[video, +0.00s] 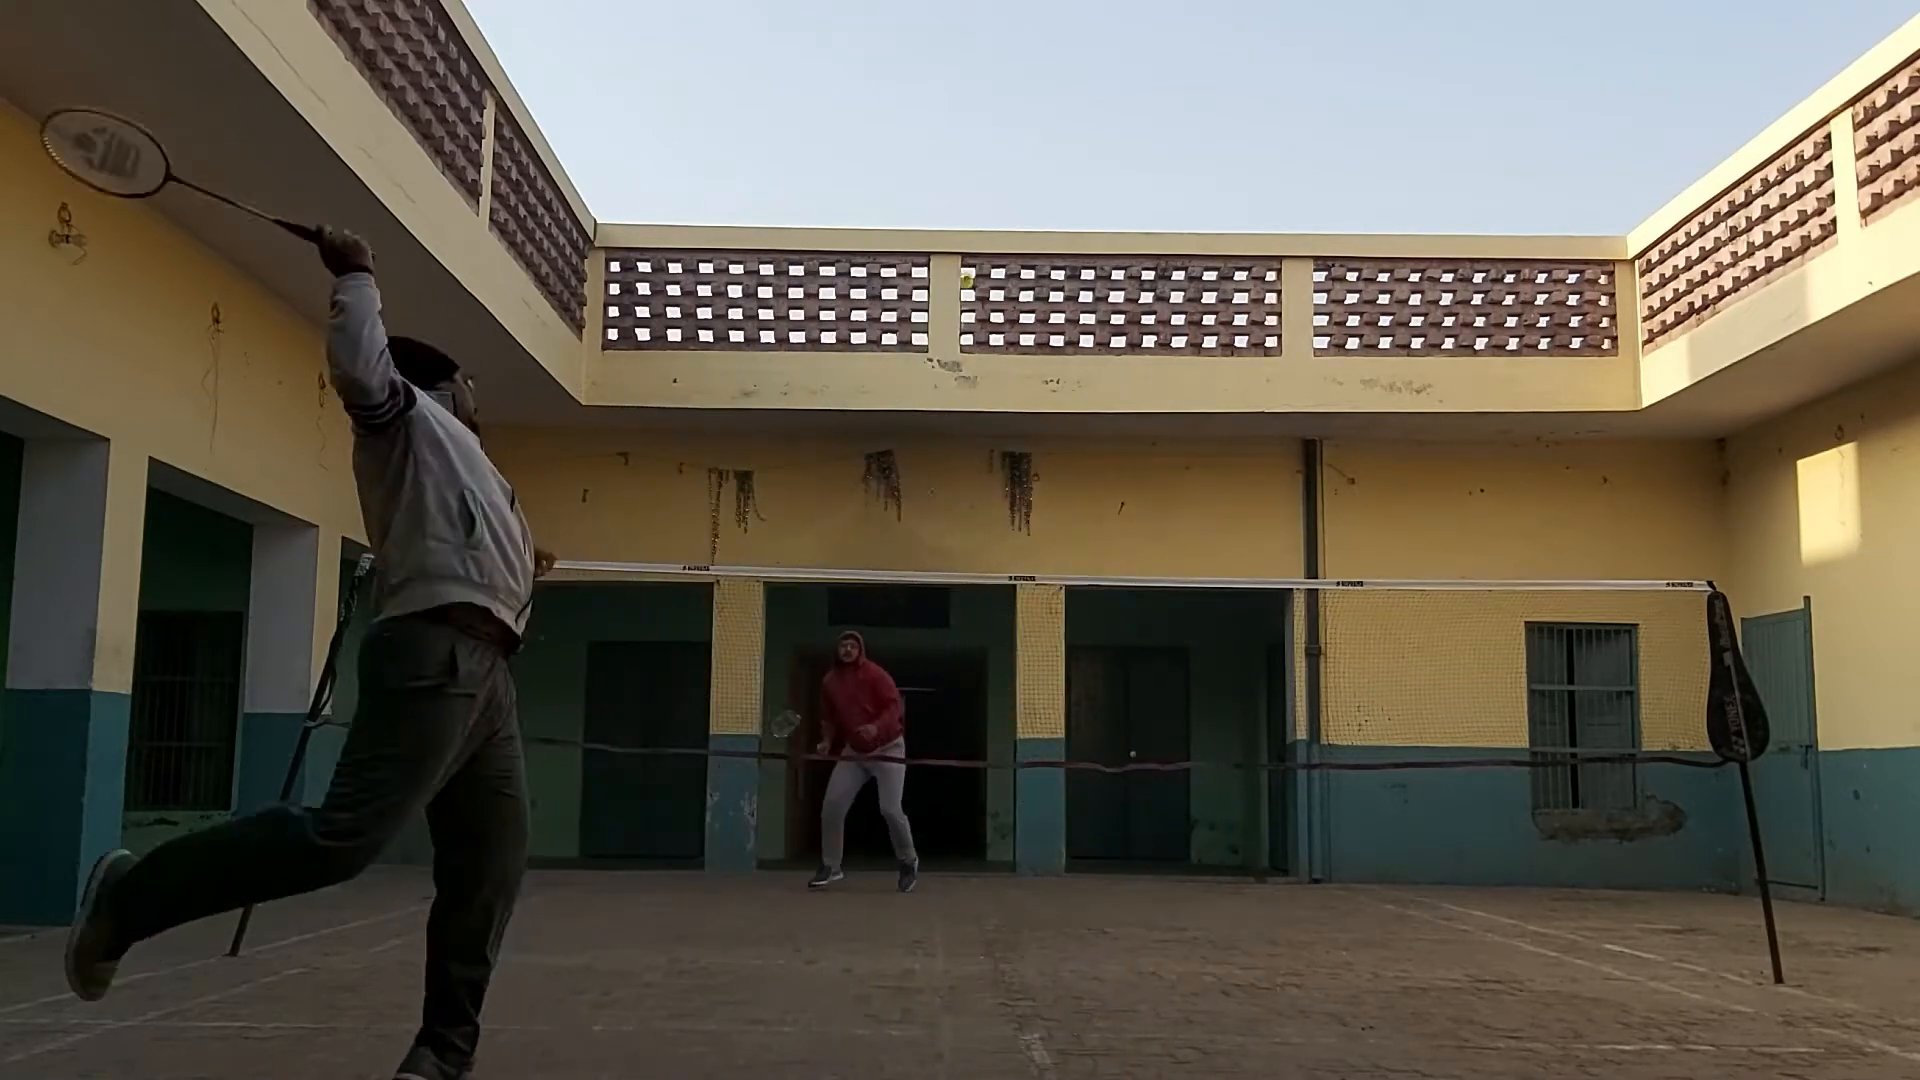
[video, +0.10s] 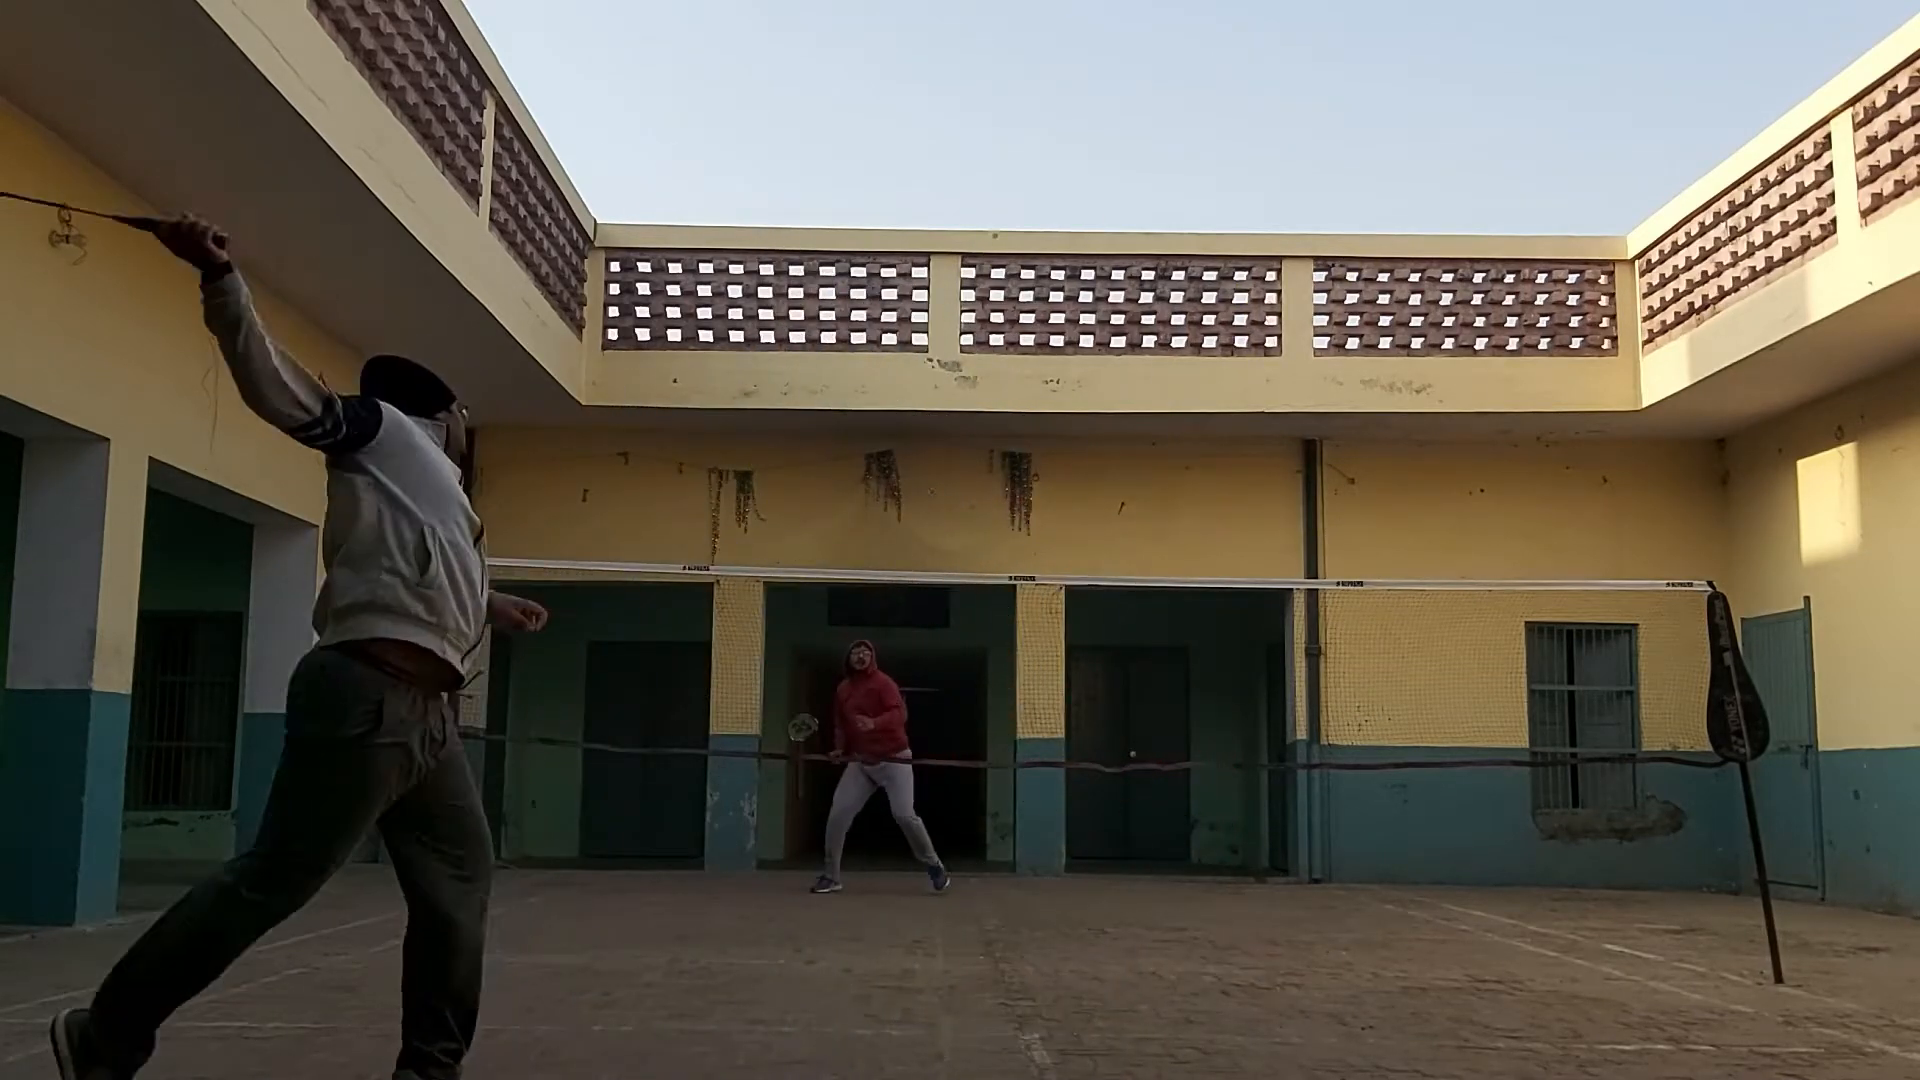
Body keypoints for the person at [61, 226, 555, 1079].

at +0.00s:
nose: (470, 389)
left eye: (466, 380)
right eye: (457, 378)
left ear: (430, 385)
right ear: (423, 380)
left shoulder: (478, 474)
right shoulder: (405, 419)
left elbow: (486, 568)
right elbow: (359, 365)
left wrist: (526, 567)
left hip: (487, 672)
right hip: (431, 651)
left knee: (488, 870)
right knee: (340, 843)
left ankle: (444, 1051)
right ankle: (124, 898)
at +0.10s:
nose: (466, 434)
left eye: (465, 425)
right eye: (457, 420)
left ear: (430, 425)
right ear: (421, 408)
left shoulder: (441, 494)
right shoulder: (379, 425)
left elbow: (423, 579)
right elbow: (281, 394)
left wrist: (491, 603)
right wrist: (224, 279)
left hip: (430, 710)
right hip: (361, 693)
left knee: (458, 886)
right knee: (273, 882)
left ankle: (431, 1065)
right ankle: (101, 1037)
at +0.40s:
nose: (491, 508)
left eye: (492, 495)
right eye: (490, 494)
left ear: (436, 479)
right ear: (470, 488)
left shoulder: (430, 541)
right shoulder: (419, 523)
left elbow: (371, 646)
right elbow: (357, 623)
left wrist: (409, 727)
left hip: (356, 758)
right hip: (302, 747)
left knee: (453, 884)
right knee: (222, 928)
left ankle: (424, 1062)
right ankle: (48, 1064)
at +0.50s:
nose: (522, 487)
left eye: (518, 473)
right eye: (519, 473)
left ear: (447, 462)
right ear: (507, 468)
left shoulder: (395, 522)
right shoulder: (497, 521)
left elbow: (311, 629)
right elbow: (486, 633)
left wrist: (390, 690)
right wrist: (532, 731)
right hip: (369, 745)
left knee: (471, 890)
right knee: (270, 923)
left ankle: (428, 1063)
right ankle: (87, 1050)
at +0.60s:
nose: (562, 471)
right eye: (556, 458)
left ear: (476, 460)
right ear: (547, 461)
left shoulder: (429, 522)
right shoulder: (552, 515)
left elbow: (353, 630)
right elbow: (563, 622)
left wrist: (437, 670)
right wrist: (624, 702)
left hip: (387, 718)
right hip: (436, 733)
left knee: (495, 893)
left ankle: (433, 1065)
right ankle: (180, 1020)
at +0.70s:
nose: (610, 465)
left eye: (608, 458)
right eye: (608, 457)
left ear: (532, 452)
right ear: (599, 456)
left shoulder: (478, 512)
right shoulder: (598, 510)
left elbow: (422, 618)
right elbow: (608, 617)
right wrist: (675, 695)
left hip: (419, 710)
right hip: (493, 718)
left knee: (483, 900)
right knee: (560, 915)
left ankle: (434, 1065)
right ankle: (361, 1025)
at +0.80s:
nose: (656, 473)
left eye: (650, 465)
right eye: (658, 463)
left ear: (582, 453)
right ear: (652, 459)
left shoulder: (527, 514)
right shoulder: (647, 514)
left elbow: (485, 618)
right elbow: (648, 616)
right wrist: (712, 703)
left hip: (464, 713)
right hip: (558, 712)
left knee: (518, 882)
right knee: (684, 881)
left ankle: (435, 1064)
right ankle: (614, 1062)